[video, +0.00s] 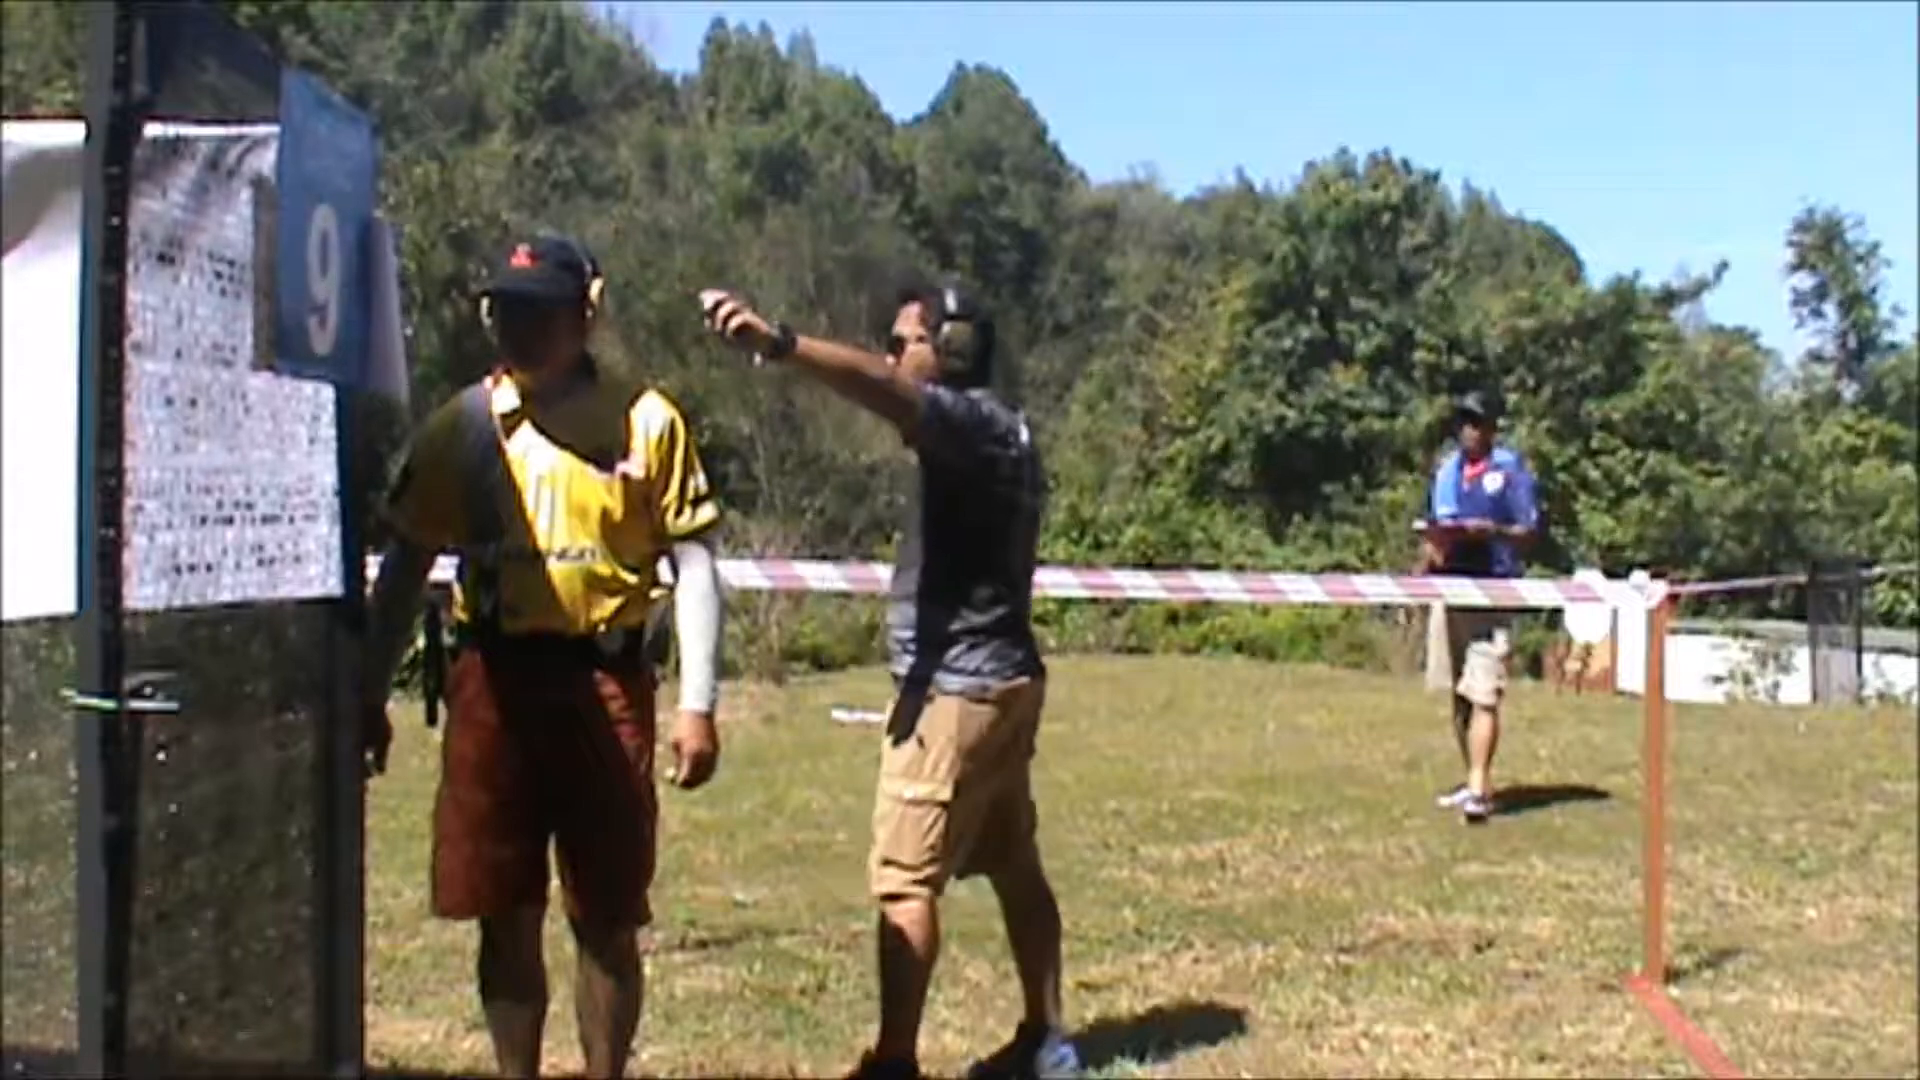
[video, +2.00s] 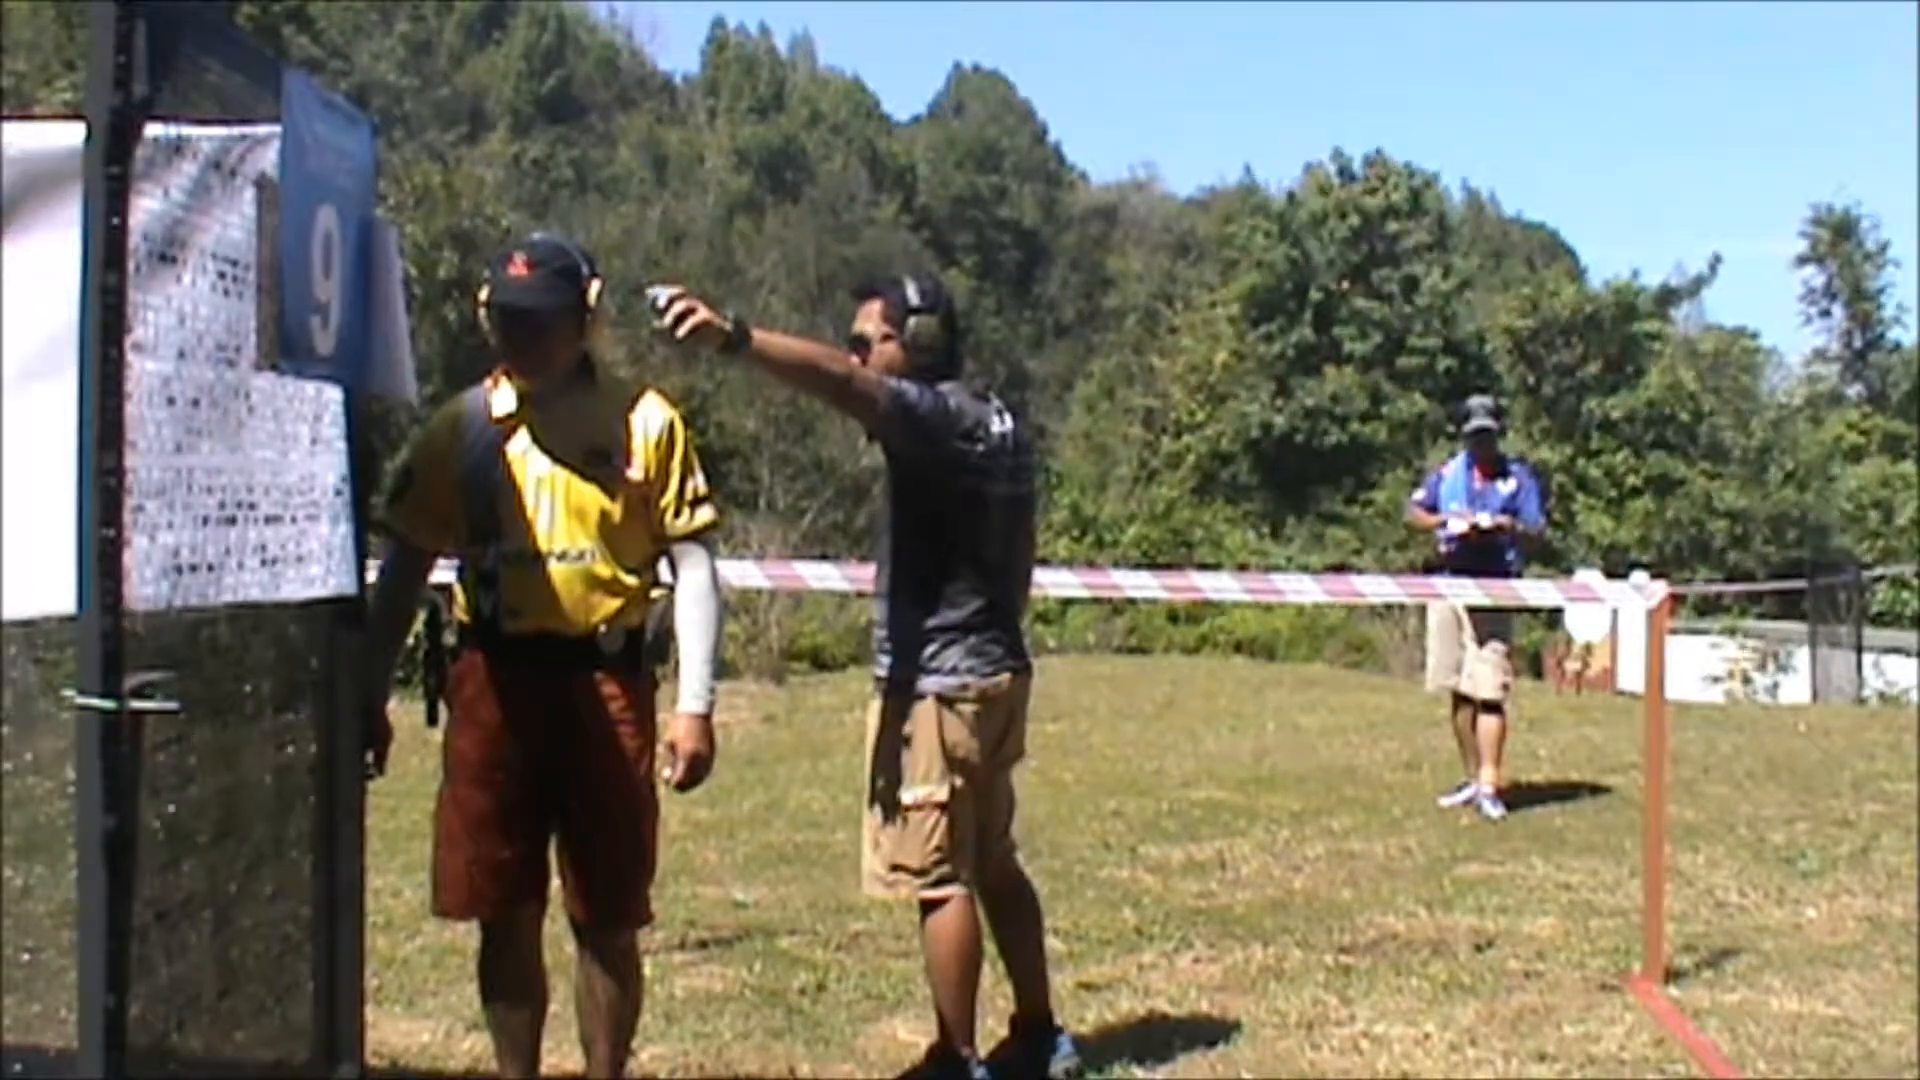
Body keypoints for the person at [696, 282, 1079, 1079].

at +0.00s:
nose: (893, 357)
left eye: (906, 345)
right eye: (896, 343)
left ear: (947, 352)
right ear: (967, 354)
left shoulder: (964, 421)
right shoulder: (1010, 430)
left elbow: (878, 382)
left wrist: (780, 341)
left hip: (959, 678)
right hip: (1006, 674)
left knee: (905, 877)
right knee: (1016, 867)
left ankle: (893, 1054)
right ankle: (1045, 1034)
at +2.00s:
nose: (855, 357)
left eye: (868, 342)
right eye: (856, 341)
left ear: (919, 344)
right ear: (937, 347)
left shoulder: (932, 414)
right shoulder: (1001, 421)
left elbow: (842, 379)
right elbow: (1014, 560)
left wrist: (734, 335)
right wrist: (993, 643)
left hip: (941, 676)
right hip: (996, 670)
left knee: (939, 876)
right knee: (994, 865)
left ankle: (953, 1054)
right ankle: (1038, 1029)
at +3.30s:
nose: (903, 373)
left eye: (913, 357)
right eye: (902, 357)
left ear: (954, 355)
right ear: (985, 355)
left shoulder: (982, 419)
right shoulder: (1048, 425)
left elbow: (893, 388)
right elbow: (1069, 550)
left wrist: (784, 352)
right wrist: (1040, 634)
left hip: (996, 676)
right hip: (1046, 672)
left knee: (935, 864)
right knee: (1031, 845)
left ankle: (950, 1050)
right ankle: (1123, 1004)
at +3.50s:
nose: (982, 396)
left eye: (994, 384)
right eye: (981, 383)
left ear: (1036, 386)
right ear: (1062, 390)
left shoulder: (1056, 445)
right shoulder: (1113, 461)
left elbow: (977, 409)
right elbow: (1084, 586)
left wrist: (882, 365)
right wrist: (1006, 618)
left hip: (1050, 696)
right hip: (1099, 695)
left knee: (948, 868)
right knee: (1071, 856)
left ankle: (952, 1052)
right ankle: (1198, 990)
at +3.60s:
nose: (1051, 414)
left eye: (1062, 397)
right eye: (1047, 399)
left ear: (1101, 392)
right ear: (1121, 397)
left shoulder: (1130, 459)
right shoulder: (1168, 469)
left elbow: (1055, 425)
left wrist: (963, 379)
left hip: (1110, 700)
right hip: (1155, 702)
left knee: (1015, 867)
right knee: (1122, 876)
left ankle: (957, 1041)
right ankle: (1226, 1012)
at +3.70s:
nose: (1096, 410)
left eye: (1105, 397)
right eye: (1093, 398)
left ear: (1143, 395)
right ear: (1151, 398)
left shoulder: (1174, 459)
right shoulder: (1201, 469)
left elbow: (1104, 418)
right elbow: (1180, 607)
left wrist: (1018, 378)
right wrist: (1109, 670)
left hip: (1155, 700)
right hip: (1193, 701)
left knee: (1053, 860)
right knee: (1147, 878)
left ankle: (1008, 1035)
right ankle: (1226, 1014)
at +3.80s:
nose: (1145, 386)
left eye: (1152, 373)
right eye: (1144, 375)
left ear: (1189, 376)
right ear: (1198, 380)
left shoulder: (1239, 451)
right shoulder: (1231, 460)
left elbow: (1168, 409)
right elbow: (1223, 582)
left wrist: (1088, 368)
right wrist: (1165, 659)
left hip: (1218, 685)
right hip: (1216, 683)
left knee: (1114, 838)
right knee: (1173, 856)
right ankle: (1227, 1013)